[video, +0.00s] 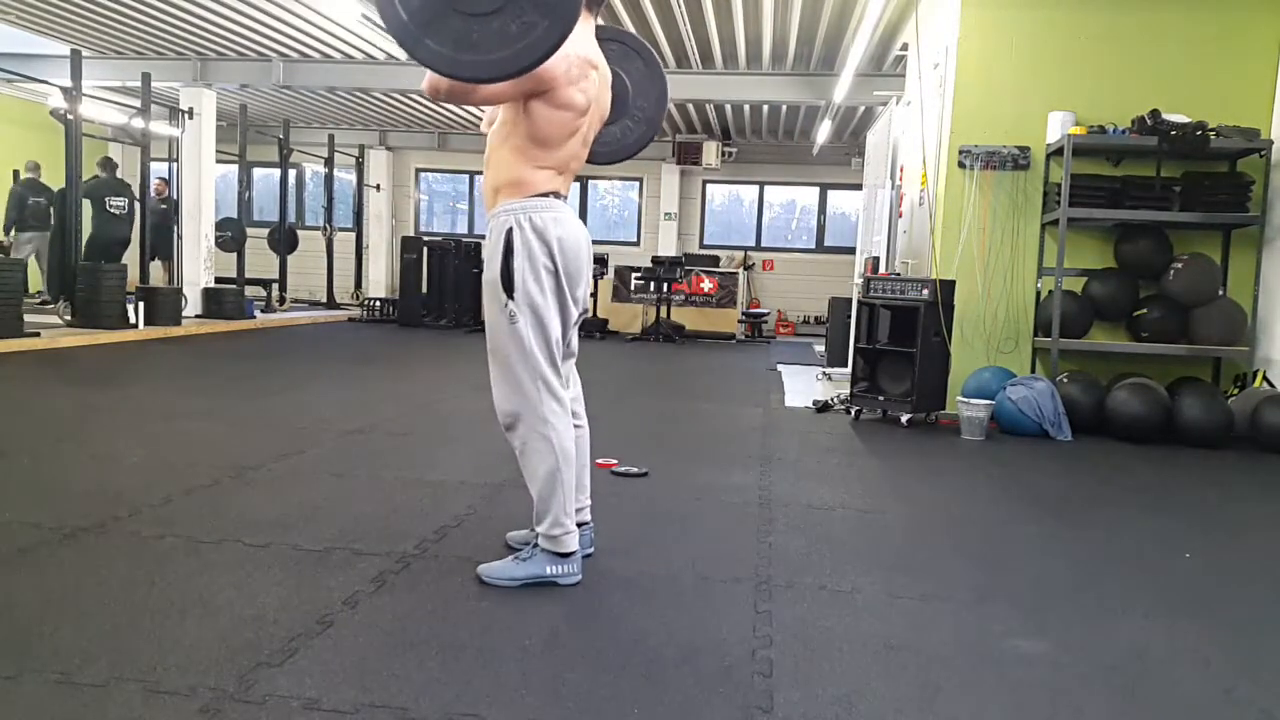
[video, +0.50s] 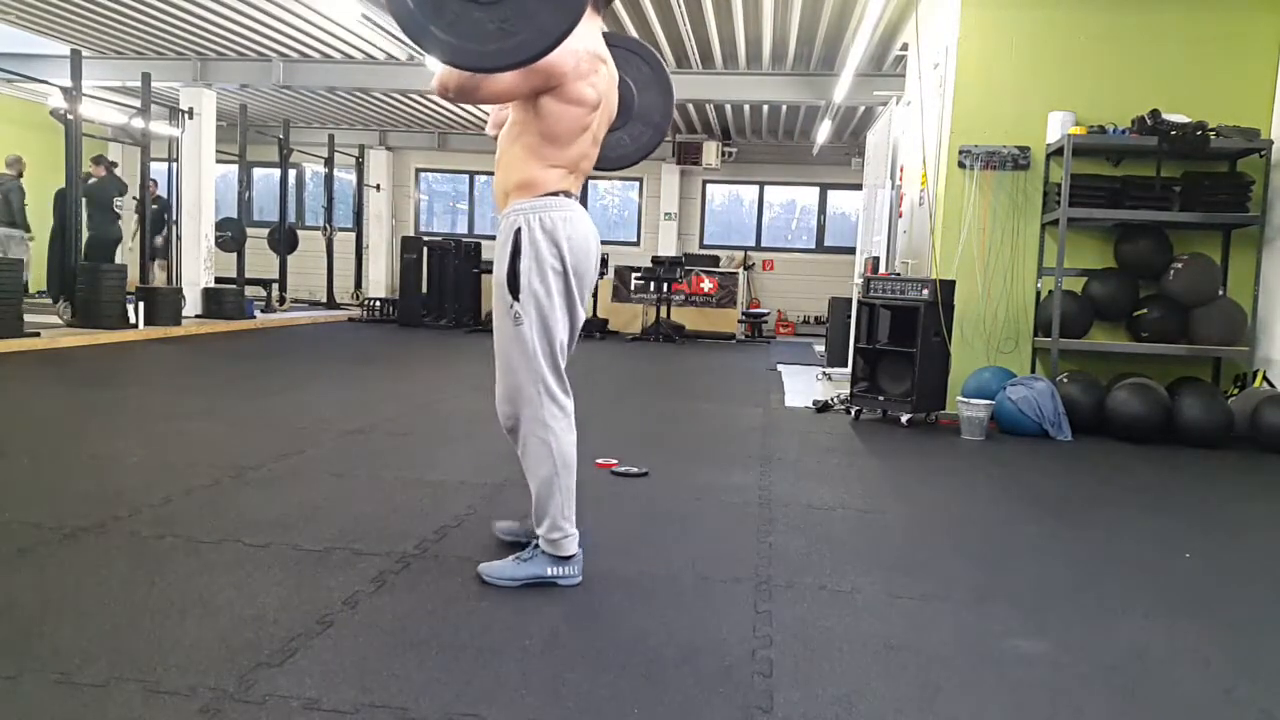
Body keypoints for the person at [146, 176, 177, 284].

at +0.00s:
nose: (156, 187)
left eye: (159, 185)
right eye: (155, 184)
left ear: (166, 187)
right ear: (152, 186)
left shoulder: (172, 202)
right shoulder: (150, 201)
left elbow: (177, 218)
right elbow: (146, 217)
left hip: (166, 237)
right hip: (150, 236)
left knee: (166, 265)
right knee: (144, 263)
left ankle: (168, 287)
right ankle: (144, 286)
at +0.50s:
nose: (148, 189)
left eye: (151, 186)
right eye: (147, 187)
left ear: (156, 188)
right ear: (145, 188)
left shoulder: (162, 201)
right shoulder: (142, 201)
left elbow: (168, 220)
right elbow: (136, 221)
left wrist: (163, 236)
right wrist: (131, 241)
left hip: (158, 235)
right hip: (145, 235)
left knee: (162, 263)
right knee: (146, 262)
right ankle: (145, 284)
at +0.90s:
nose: (153, 189)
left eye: (156, 186)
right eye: (151, 187)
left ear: (161, 188)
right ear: (149, 189)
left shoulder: (168, 201)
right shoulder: (146, 202)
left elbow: (174, 218)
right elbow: (139, 217)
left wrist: (173, 234)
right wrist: (134, 232)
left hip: (165, 235)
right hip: (150, 235)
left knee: (168, 261)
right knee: (151, 261)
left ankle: (170, 284)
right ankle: (150, 283)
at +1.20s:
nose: (165, 191)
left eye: (168, 188)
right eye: (163, 188)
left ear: (173, 189)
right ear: (160, 189)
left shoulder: (177, 202)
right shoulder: (155, 203)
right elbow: (149, 220)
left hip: (175, 234)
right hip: (160, 233)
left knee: (176, 263)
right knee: (155, 263)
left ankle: (177, 289)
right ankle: (152, 288)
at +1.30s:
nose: (169, 192)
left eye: (172, 189)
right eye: (167, 189)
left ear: (176, 191)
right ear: (164, 190)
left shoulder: (179, 203)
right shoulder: (158, 203)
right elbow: (151, 218)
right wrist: (160, 220)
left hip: (177, 236)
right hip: (163, 236)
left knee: (179, 265)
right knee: (156, 266)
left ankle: (180, 291)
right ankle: (151, 289)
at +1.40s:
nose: (169, 192)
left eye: (172, 189)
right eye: (167, 189)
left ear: (176, 190)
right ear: (165, 189)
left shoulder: (180, 203)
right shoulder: (160, 204)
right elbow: (150, 218)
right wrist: (162, 221)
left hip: (179, 237)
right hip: (165, 237)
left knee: (180, 266)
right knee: (158, 266)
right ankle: (152, 287)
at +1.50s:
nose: (171, 192)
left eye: (174, 189)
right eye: (169, 189)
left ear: (177, 190)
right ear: (166, 190)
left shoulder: (181, 203)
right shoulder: (161, 204)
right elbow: (152, 219)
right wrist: (164, 222)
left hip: (179, 237)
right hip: (166, 236)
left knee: (178, 264)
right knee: (160, 264)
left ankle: (177, 289)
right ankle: (153, 288)